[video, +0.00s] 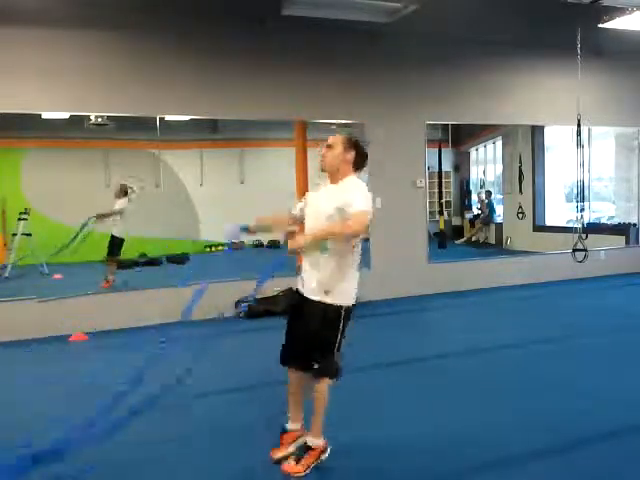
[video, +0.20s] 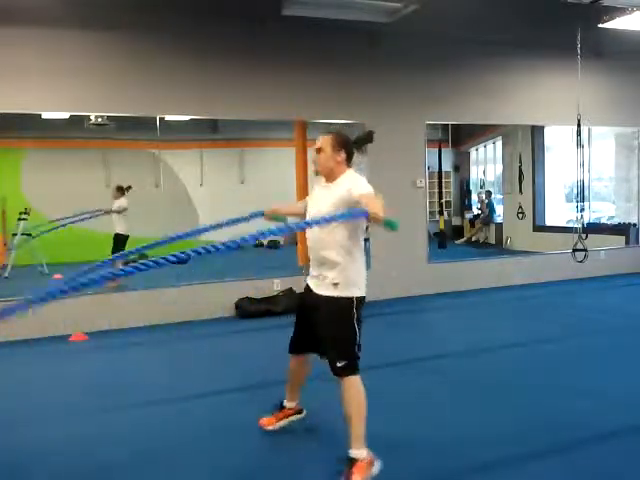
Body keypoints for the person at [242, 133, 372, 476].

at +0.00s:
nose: (322, 152)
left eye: (330, 146)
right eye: (323, 146)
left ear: (350, 156)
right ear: (327, 156)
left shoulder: (357, 190)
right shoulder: (320, 192)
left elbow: (358, 226)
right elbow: (296, 220)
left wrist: (313, 236)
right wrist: (263, 224)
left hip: (335, 296)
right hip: (306, 290)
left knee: (321, 370)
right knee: (295, 363)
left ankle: (316, 441)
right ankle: (295, 429)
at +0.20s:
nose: (314, 156)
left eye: (320, 151)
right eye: (315, 151)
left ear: (340, 156)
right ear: (329, 156)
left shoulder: (356, 186)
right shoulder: (320, 185)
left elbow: (375, 207)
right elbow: (308, 208)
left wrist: (373, 211)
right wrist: (278, 210)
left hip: (344, 293)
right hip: (315, 287)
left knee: (346, 372)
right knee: (299, 352)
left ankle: (360, 455)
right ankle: (291, 406)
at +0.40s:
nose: (312, 178)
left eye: (318, 174)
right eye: (313, 173)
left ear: (336, 181)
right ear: (326, 182)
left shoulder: (349, 215)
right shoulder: (316, 215)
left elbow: (368, 243)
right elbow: (308, 241)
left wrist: (353, 246)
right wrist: (279, 239)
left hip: (338, 313)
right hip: (311, 307)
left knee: (335, 382)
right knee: (294, 365)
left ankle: (369, 463)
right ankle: (300, 411)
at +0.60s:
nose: (324, 144)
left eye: (330, 139)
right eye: (325, 139)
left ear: (351, 145)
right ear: (336, 147)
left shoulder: (361, 178)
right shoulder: (324, 181)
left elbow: (341, 212)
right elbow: (301, 213)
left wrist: (292, 215)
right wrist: (281, 219)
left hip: (341, 278)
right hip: (313, 272)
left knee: (325, 355)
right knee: (297, 343)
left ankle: (329, 434)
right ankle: (300, 412)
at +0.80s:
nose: (323, 172)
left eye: (330, 168)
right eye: (324, 167)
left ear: (348, 177)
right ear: (334, 176)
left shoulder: (356, 216)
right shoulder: (321, 212)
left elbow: (343, 265)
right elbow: (309, 252)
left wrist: (301, 268)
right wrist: (293, 265)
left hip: (337, 311)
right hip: (312, 302)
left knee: (309, 380)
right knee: (292, 377)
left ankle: (323, 445)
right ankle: (313, 436)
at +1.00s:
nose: (329, 144)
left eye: (336, 138)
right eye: (329, 139)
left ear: (355, 144)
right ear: (334, 146)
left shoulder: (362, 170)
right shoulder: (325, 175)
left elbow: (371, 186)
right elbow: (295, 196)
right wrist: (262, 197)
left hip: (341, 278)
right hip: (313, 273)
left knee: (329, 357)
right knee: (302, 346)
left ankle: (340, 428)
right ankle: (307, 405)